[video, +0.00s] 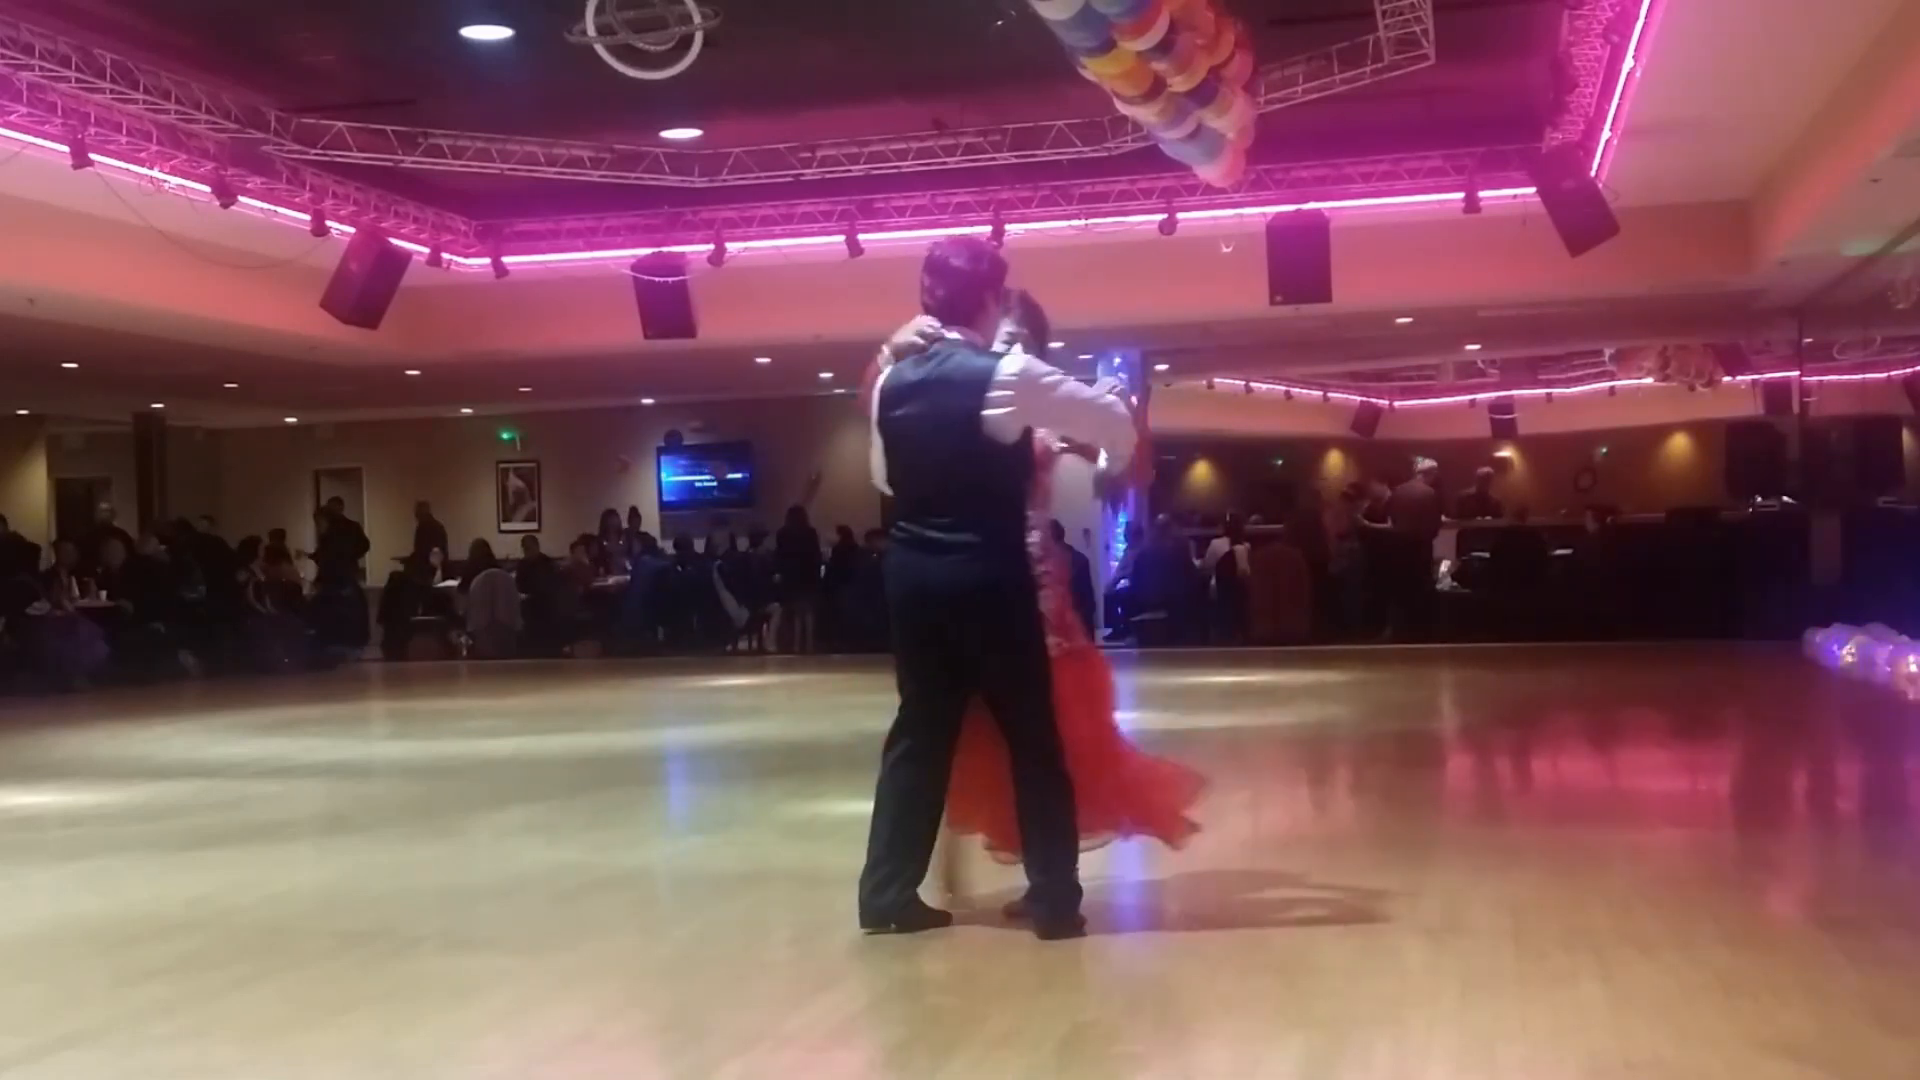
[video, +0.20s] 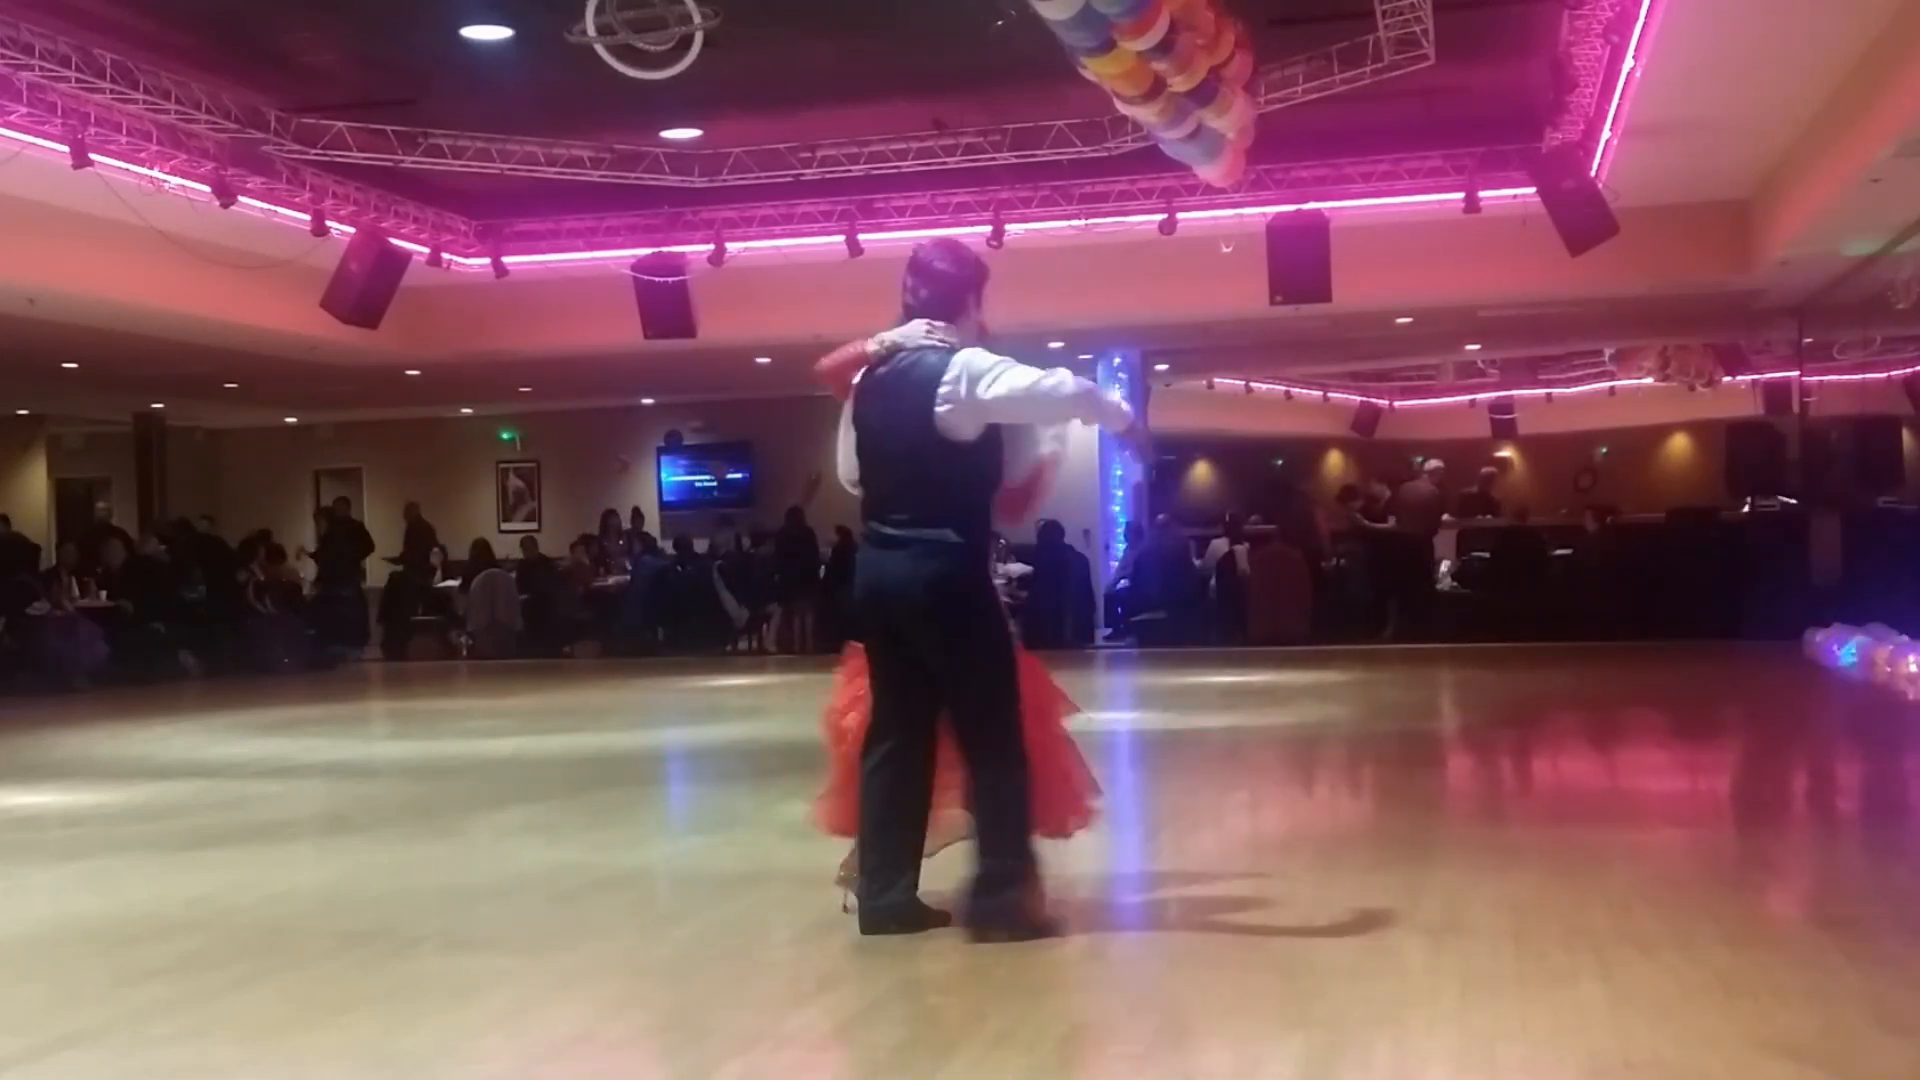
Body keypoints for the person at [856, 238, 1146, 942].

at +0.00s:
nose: (1006, 308)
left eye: (1002, 296)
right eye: (1001, 296)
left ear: (926, 301)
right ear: (992, 300)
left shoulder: (891, 378)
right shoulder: (1011, 373)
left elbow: (884, 476)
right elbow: (1117, 426)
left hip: (913, 565)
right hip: (990, 568)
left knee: (920, 726)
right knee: (1032, 731)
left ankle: (886, 895)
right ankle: (1055, 902)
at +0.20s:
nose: (987, 312)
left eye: (982, 301)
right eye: (983, 301)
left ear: (906, 301)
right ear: (970, 302)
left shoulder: (867, 378)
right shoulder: (965, 370)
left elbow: (849, 472)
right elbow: (1065, 387)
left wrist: (923, 477)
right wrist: (1119, 416)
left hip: (880, 564)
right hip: (949, 571)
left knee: (896, 728)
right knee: (993, 731)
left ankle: (886, 897)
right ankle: (1002, 897)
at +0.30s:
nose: (973, 313)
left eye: (971, 303)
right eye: (970, 303)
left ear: (900, 295)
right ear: (957, 304)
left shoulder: (861, 378)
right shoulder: (953, 368)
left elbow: (835, 474)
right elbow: (1044, 381)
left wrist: (900, 477)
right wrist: (1130, 387)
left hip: (873, 561)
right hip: (938, 565)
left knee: (888, 723)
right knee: (958, 730)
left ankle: (880, 894)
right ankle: (897, 887)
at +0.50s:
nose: (966, 312)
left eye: (964, 300)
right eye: (964, 300)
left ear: (895, 298)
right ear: (954, 301)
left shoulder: (858, 376)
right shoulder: (951, 370)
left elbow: (801, 469)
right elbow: (1048, 374)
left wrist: (829, 520)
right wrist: (1157, 357)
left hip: (870, 559)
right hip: (924, 562)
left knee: (903, 726)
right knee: (890, 726)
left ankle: (887, 894)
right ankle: (790, 877)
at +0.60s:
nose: (965, 316)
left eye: (963, 305)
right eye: (963, 304)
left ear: (893, 302)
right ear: (954, 305)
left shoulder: (859, 381)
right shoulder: (949, 373)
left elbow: (791, 472)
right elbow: (1046, 379)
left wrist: (781, 471)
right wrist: (1157, 359)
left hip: (871, 563)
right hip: (919, 565)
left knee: (907, 728)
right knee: (883, 726)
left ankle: (887, 894)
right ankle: (788, 884)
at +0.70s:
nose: (962, 318)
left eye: (959, 307)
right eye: (962, 307)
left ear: (893, 306)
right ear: (957, 309)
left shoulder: (860, 383)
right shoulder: (949, 376)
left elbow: (786, 470)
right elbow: (1032, 395)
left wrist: (779, 474)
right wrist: (1146, 382)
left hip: (874, 564)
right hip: (920, 567)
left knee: (910, 731)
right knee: (884, 729)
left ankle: (885, 893)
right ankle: (788, 883)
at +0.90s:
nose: (951, 317)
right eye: (955, 306)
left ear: (891, 309)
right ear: (955, 311)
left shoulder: (854, 388)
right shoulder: (961, 381)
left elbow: (781, 473)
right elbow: (1043, 431)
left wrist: (782, 467)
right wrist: (1138, 452)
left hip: (865, 565)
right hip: (929, 570)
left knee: (890, 727)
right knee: (916, 735)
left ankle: (882, 888)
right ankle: (843, 885)